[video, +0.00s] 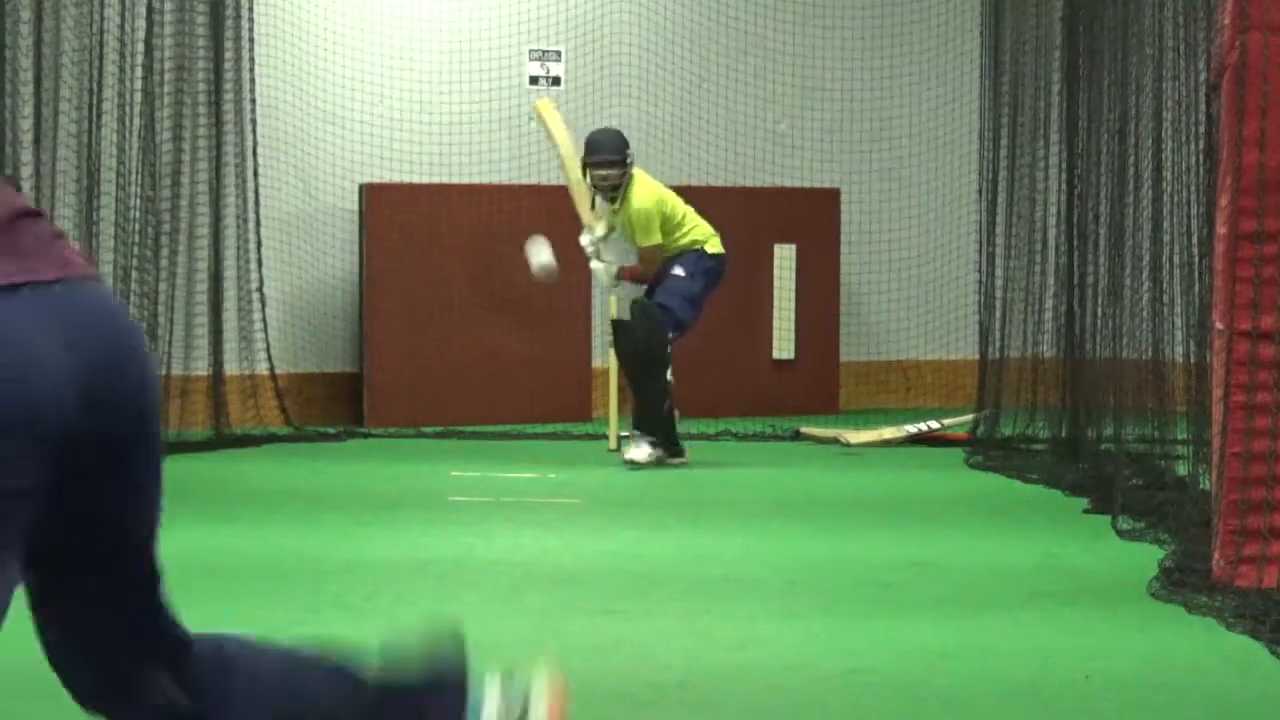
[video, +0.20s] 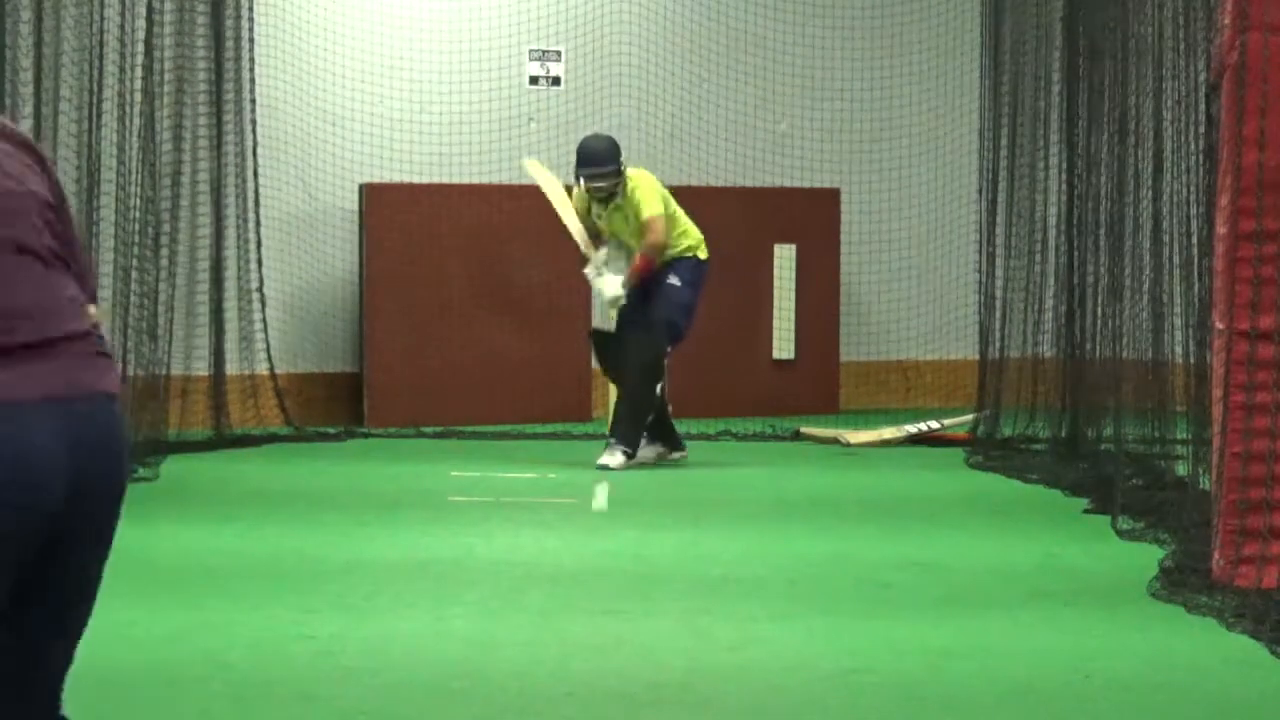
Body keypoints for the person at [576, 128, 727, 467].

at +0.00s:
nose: (607, 176)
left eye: (614, 167)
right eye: (599, 168)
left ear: (626, 166)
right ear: (587, 171)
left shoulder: (641, 201)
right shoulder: (604, 188)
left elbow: (651, 272)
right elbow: (604, 216)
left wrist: (616, 271)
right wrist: (596, 234)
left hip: (700, 253)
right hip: (672, 255)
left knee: (650, 331)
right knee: (637, 336)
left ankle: (655, 438)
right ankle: (664, 441)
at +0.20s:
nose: (601, 191)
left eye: (608, 183)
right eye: (593, 185)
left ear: (620, 173)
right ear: (582, 179)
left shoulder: (641, 184)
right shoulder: (583, 195)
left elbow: (658, 239)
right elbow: (591, 234)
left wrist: (625, 281)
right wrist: (596, 256)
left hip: (681, 257)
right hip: (644, 262)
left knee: (648, 340)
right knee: (614, 342)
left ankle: (622, 443)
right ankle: (663, 438)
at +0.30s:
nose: (602, 188)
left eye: (608, 179)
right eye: (593, 181)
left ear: (621, 170)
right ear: (582, 176)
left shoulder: (639, 166)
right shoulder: (582, 206)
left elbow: (660, 168)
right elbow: (611, 248)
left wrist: (643, 222)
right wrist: (624, 257)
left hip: (675, 254)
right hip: (635, 266)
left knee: (650, 339)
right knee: (619, 344)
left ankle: (623, 442)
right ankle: (663, 437)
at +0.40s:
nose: (607, 183)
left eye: (613, 175)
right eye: (599, 178)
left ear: (624, 159)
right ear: (586, 169)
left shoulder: (639, 147)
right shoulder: (586, 199)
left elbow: (655, 152)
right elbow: (616, 230)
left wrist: (648, 192)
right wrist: (636, 242)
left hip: (672, 248)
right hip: (628, 258)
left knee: (653, 341)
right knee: (631, 343)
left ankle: (633, 437)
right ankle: (660, 431)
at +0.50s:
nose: (605, 176)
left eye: (611, 168)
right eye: (596, 171)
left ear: (622, 153)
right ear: (583, 161)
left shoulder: (639, 146)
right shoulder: (580, 190)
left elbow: (677, 154)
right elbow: (617, 232)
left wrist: (677, 207)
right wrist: (652, 249)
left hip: (665, 253)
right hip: (621, 257)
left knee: (655, 341)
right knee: (620, 340)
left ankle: (638, 435)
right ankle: (632, 432)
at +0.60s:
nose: (607, 174)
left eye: (614, 166)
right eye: (598, 169)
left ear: (626, 151)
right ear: (584, 159)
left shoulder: (646, 151)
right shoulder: (580, 187)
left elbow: (690, 162)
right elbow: (614, 234)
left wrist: (690, 220)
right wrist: (655, 254)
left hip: (662, 255)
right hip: (613, 260)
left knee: (648, 345)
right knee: (603, 345)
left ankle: (633, 438)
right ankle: (616, 421)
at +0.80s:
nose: (611, 166)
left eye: (617, 157)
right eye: (602, 159)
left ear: (630, 145)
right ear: (588, 151)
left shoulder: (652, 149)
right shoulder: (578, 181)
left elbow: (705, 168)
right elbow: (609, 236)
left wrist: (699, 221)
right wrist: (646, 253)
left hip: (657, 254)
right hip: (604, 256)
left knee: (644, 347)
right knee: (581, 338)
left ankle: (632, 440)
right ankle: (582, 431)